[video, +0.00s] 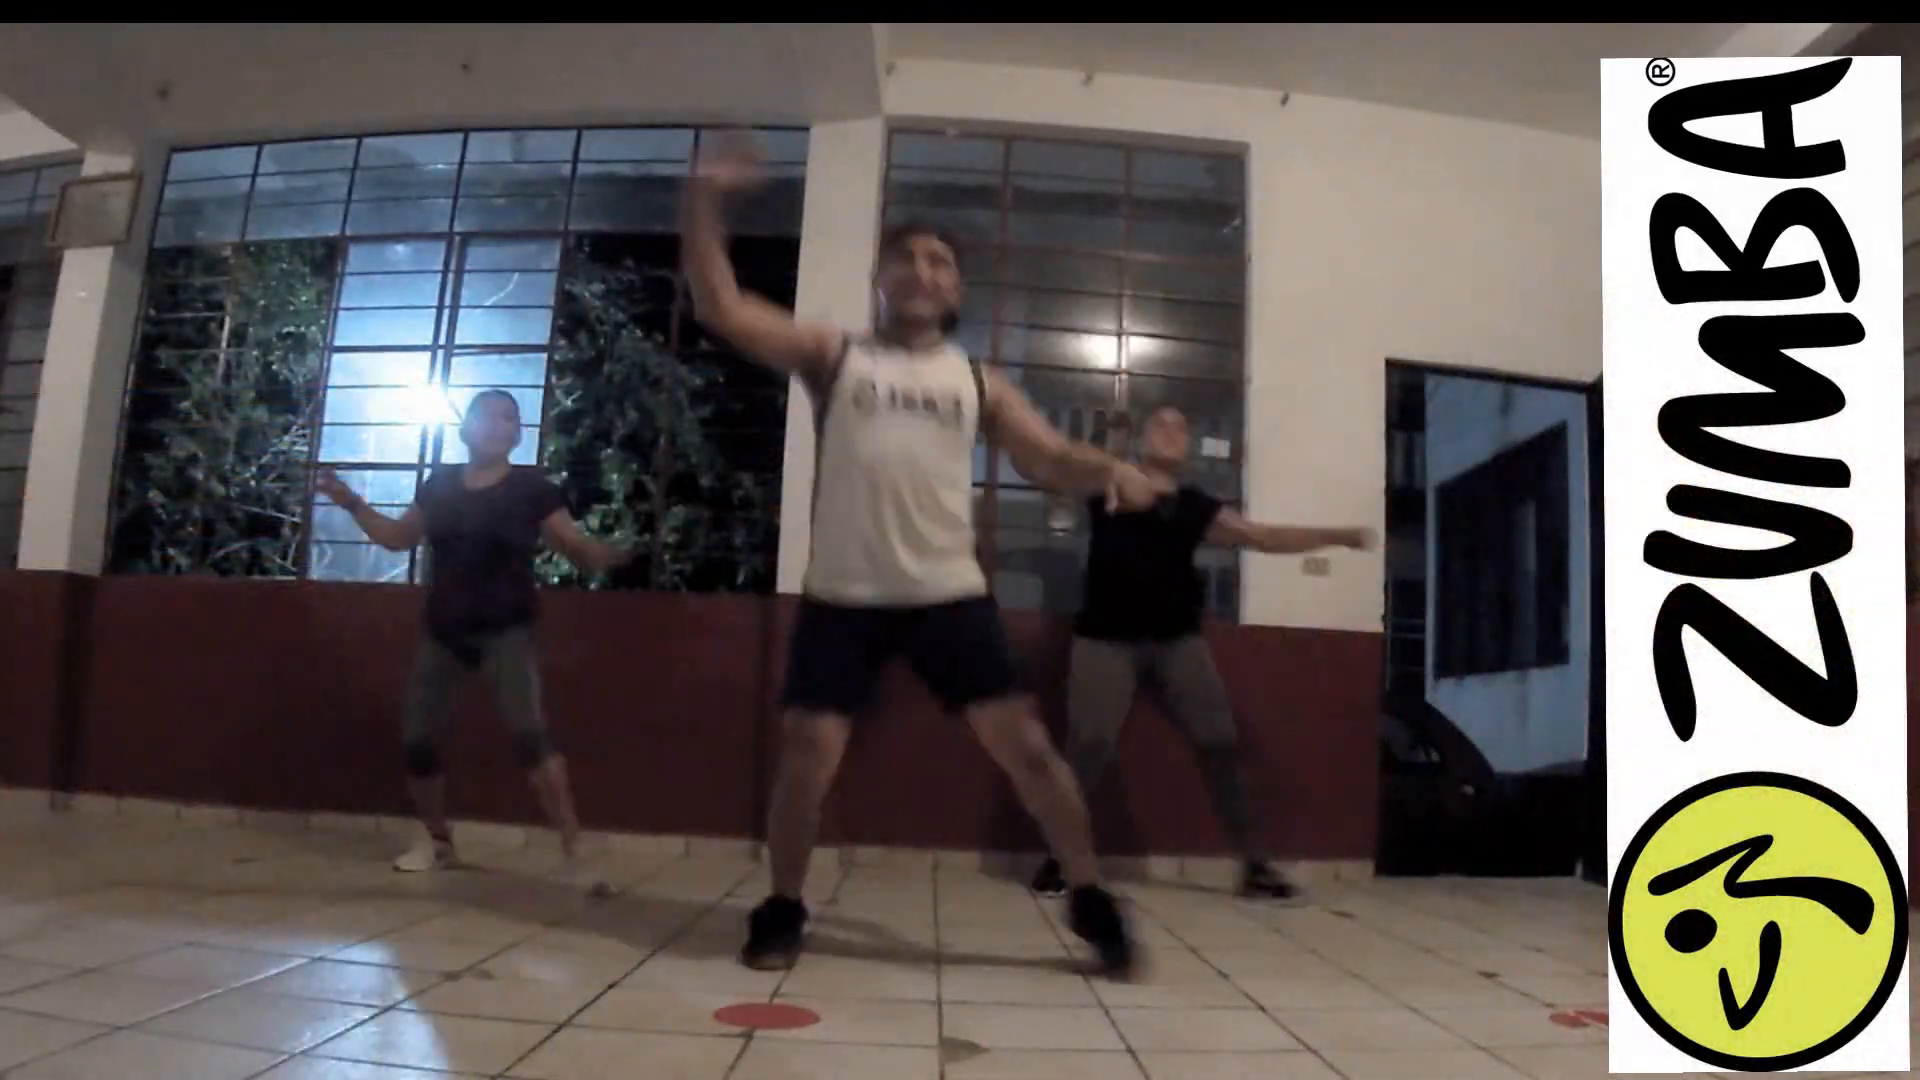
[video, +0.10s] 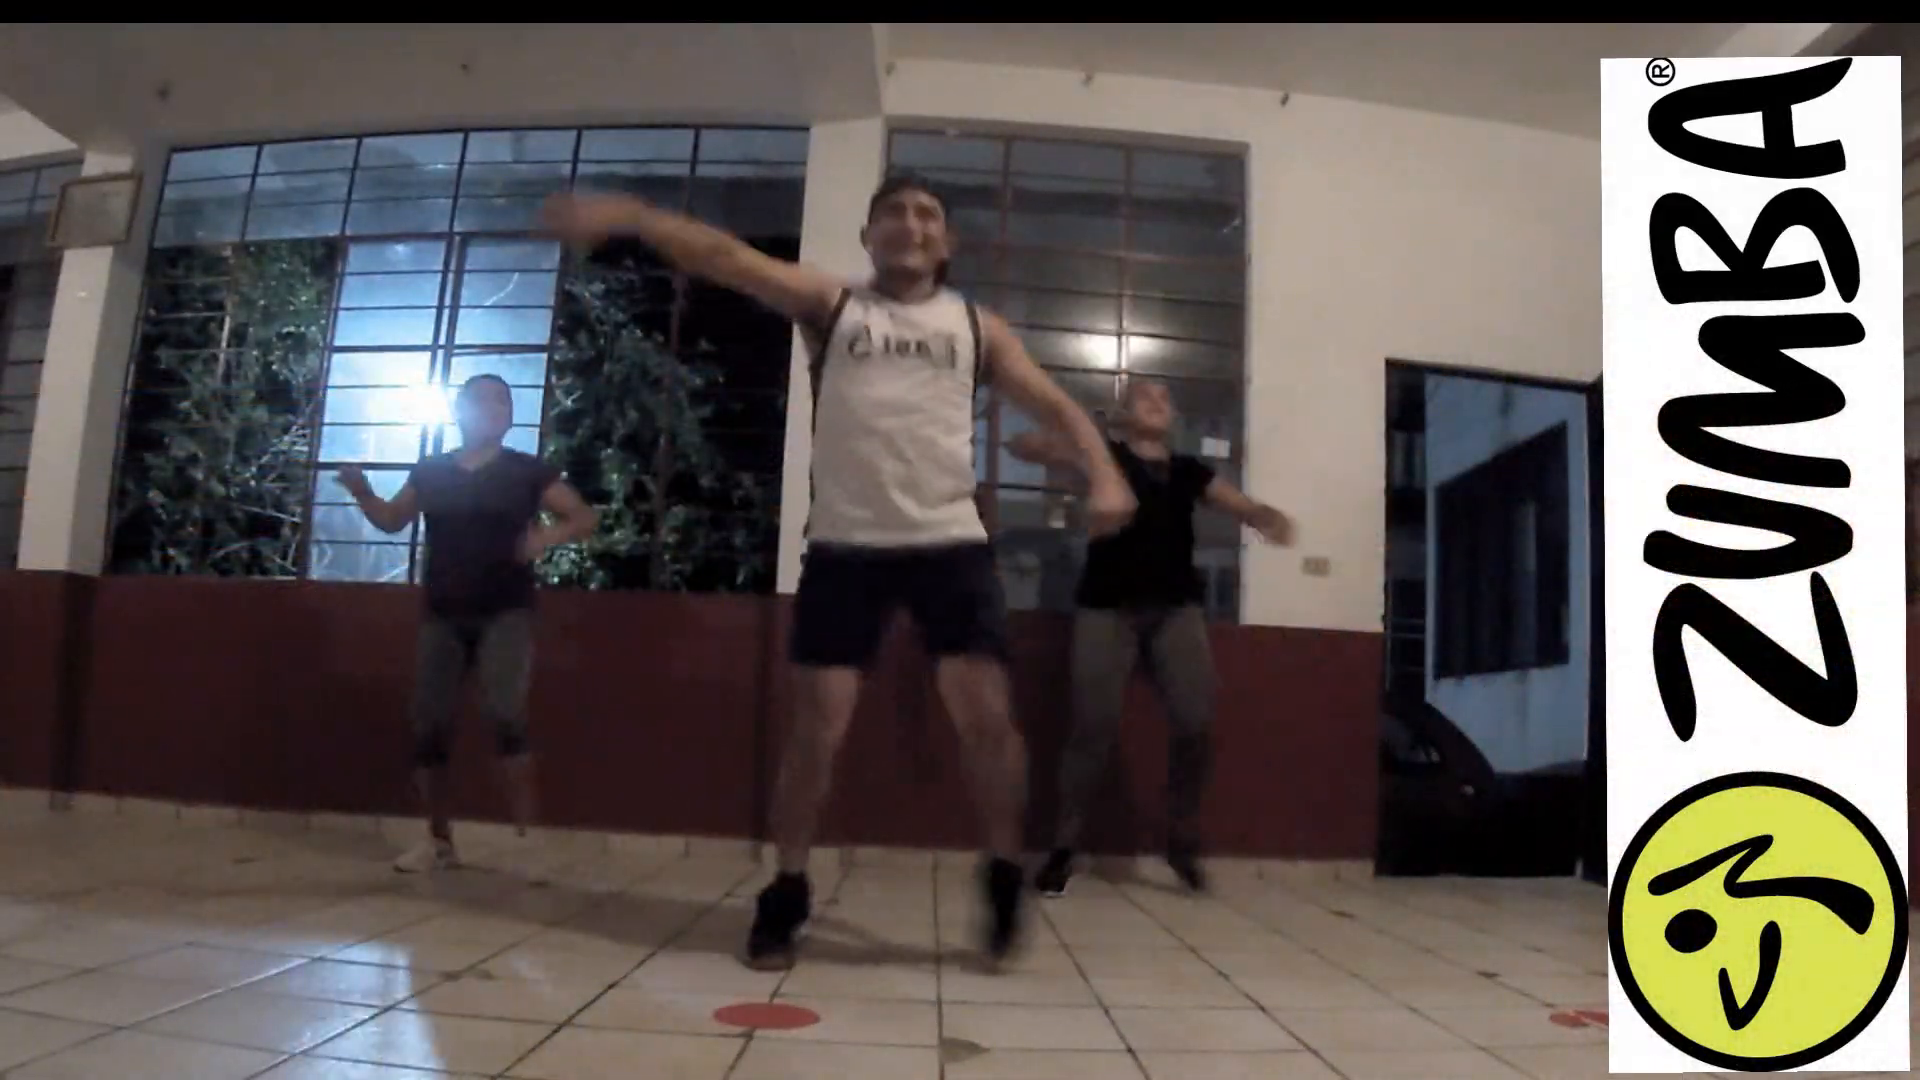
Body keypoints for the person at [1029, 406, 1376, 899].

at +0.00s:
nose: (1169, 436)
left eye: (1178, 430)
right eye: (1160, 427)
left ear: (1189, 446)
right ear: (1141, 438)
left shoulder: (1192, 505)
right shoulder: (1109, 485)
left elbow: (1261, 537)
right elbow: (1054, 472)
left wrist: (1337, 537)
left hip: (1175, 638)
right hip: (1106, 637)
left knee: (1218, 741)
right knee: (1090, 747)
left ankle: (1254, 865)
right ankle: (1061, 858)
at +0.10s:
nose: (1154, 407)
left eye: (1161, 402)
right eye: (1143, 400)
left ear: (1171, 417)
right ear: (1122, 414)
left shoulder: (1186, 469)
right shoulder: (1102, 460)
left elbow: (1236, 502)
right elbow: (1031, 449)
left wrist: (1268, 520)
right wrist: (1044, 449)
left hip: (1174, 605)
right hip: (1107, 606)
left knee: (1195, 720)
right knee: (1093, 725)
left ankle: (1183, 842)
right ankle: (1063, 846)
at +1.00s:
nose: (1202, 402)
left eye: (1211, 398)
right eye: (1191, 398)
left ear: (1227, 415)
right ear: (1171, 416)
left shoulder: (1251, 464)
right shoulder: (1157, 475)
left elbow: (1297, 385)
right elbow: (1108, 466)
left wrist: (1321, 301)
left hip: (1253, 620)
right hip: (1176, 620)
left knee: (1284, 737)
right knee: (1118, 716)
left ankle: (1290, 885)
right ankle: (1120, 858)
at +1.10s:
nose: (1198, 398)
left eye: (1207, 392)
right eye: (1186, 391)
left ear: (1219, 410)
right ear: (1163, 407)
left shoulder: (1238, 459)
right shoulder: (1145, 462)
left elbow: (1296, 391)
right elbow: (1105, 392)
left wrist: (1314, 305)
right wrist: (1131, 311)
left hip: (1242, 608)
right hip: (1166, 608)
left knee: (1280, 729)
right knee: (1138, 727)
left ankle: (1288, 883)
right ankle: (1083, 871)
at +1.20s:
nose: (1187, 410)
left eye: (1195, 404)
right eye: (1175, 402)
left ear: (1205, 419)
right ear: (1150, 412)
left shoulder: (1222, 477)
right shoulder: (1131, 462)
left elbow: (1287, 439)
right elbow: (1128, 368)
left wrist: (1288, 365)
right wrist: (1125, 285)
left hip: (1221, 621)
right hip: (1150, 619)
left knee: (1269, 735)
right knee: (1133, 742)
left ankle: (1282, 887)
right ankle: (1080, 875)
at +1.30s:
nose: (1172, 413)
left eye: (1180, 408)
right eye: (1161, 405)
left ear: (1190, 424)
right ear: (1138, 417)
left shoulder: (1204, 492)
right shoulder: (1121, 463)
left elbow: (1270, 513)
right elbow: (1109, 366)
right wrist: (1118, 287)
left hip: (1198, 630)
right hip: (1130, 624)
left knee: (1268, 725)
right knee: (1119, 746)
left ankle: (1284, 879)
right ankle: (1074, 879)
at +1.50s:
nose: (1157, 409)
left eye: (1165, 403)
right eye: (1144, 403)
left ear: (1177, 421)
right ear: (1121, 419)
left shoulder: (1187, 487)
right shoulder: (1104, 462)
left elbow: (1186, 555)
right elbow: (1072, 381)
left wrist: (1195, 607)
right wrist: (1098, 307)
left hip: (1188, 618)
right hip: (1117, 621)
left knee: (1236, 729)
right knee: (1101, 739)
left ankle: (1214, 830)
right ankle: (1072, 875)